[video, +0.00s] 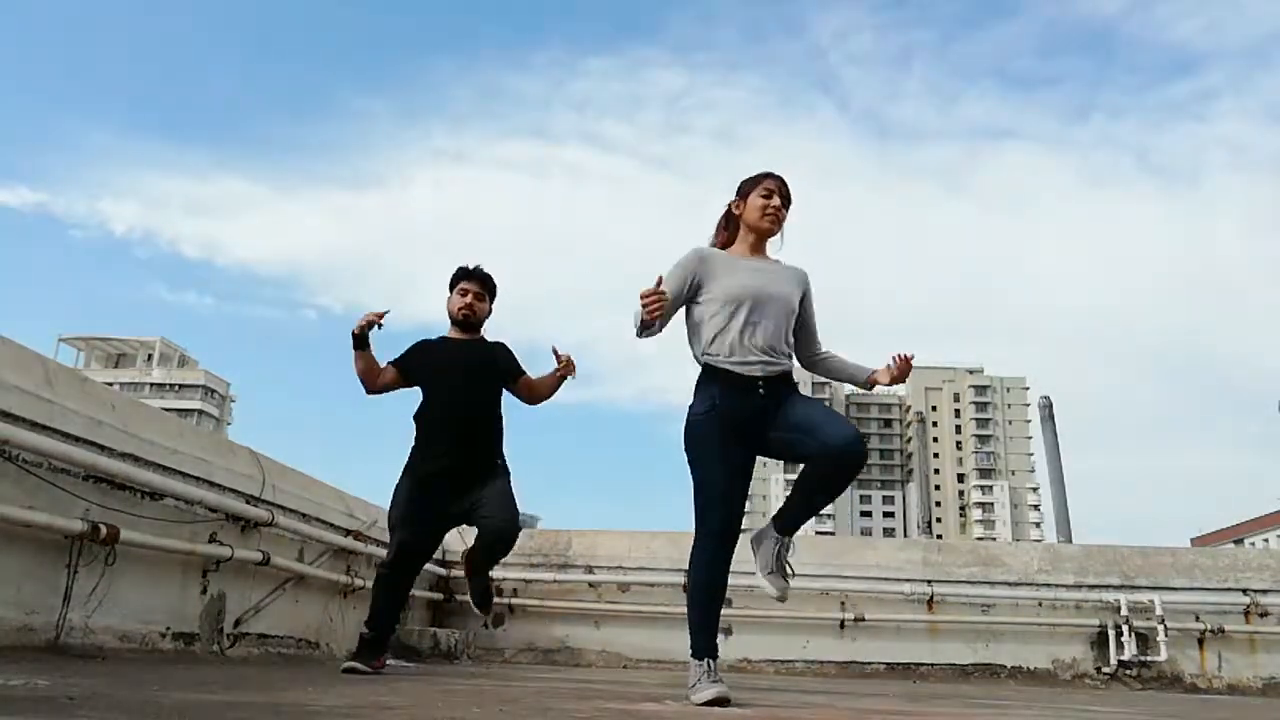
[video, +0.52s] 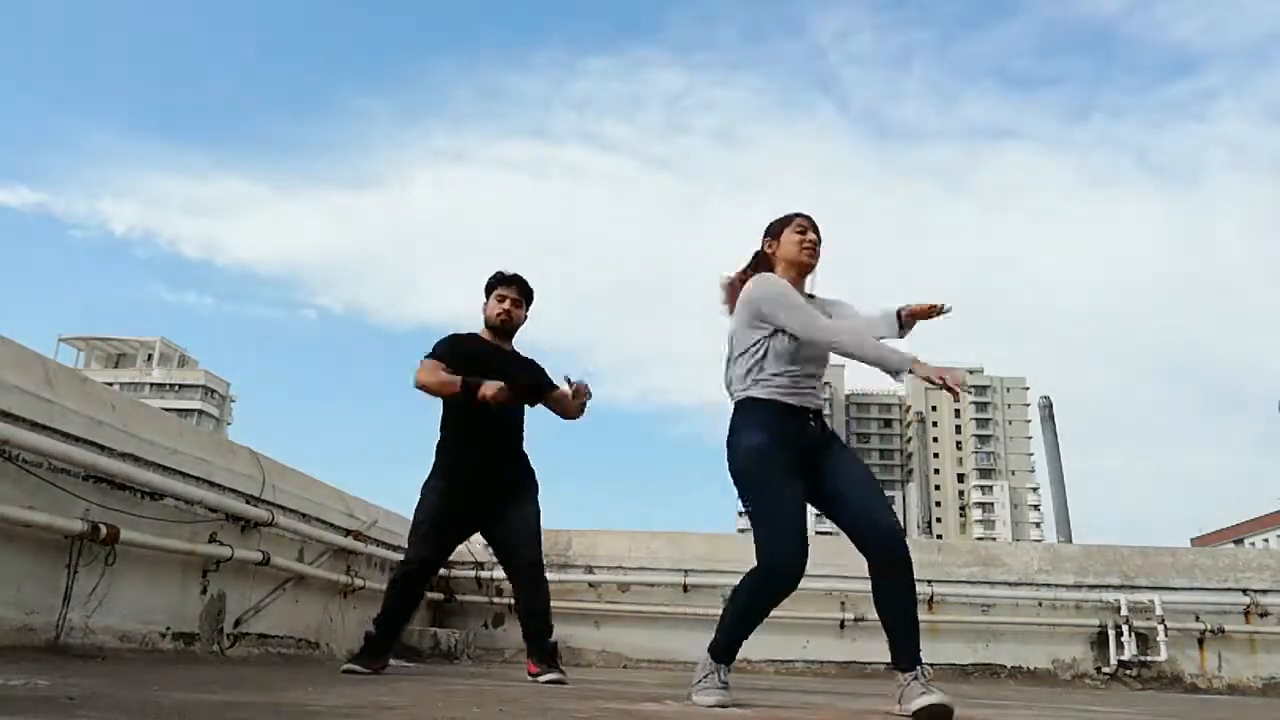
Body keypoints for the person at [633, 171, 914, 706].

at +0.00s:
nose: (775, 205)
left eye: (782, 201)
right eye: (765, 195)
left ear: (785, 217)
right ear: (738, 205)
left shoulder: (794, 279)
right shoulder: (702, 260)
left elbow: (812, 356)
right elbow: (647, 328)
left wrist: (874, 375)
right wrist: (647, 315)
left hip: (780, 403)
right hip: (720, 403)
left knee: (847, 447)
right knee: (717, 534)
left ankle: (776, 536)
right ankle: (703, 664)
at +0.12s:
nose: (777, 205)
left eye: (784, 201)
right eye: (767, 196)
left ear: (786, 218)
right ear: (739, 205)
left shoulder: (791, 277)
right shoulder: (705, 259)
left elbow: (793, 357)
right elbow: (664, 323)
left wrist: (854, 372)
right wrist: (626, 299)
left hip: (781, 398)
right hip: (722, 398)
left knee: (852, 439)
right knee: (718, 534)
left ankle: (771, 511)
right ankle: (704, 665)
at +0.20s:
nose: (783, 207)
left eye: (791, 204)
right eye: (774, 197)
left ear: (791, 220)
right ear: (746, 206)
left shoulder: (792, 279)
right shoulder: (714, 256)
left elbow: (791, 360)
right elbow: (675, 326)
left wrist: (836, 360)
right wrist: (629, 277)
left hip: (787, 400)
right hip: (730, 396)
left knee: (863, 454)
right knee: (724, 532)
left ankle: (814, 556)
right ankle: (706, 665)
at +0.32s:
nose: (789, 213)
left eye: (796, 209)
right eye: (779, 203)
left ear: (797, 226)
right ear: (750, 212)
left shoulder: (804, 285)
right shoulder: (723, 257)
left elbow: (810, 363)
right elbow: (694, 332)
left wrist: (869, 346)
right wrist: (709, 289)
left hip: (796, 409)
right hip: (737, 403)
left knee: (865, 497)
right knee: (733, 537)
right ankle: (708, 667)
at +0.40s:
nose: (794, 224)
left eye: (800, 220)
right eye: (783, 215)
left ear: (802, 237)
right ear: (755, 224)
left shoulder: (811, 293)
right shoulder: (732, 265)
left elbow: (850, 350)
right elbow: (736, 316)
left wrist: (893, 334)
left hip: (802, 418)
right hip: (745, 410)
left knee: (862, 533)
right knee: (748, 541)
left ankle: (901, 666)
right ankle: (709, 669)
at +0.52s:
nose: (811, 238)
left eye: (815, 234)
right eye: (798, 230)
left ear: (816, 254)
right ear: (770, 246)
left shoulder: (817, 304)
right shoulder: (763, 287)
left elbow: (854, 324)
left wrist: (903, 317)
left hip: (814, 436)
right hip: (762, 431)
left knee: (888, 543)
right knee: (782, 566)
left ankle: (911, 679)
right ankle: (714, 666)